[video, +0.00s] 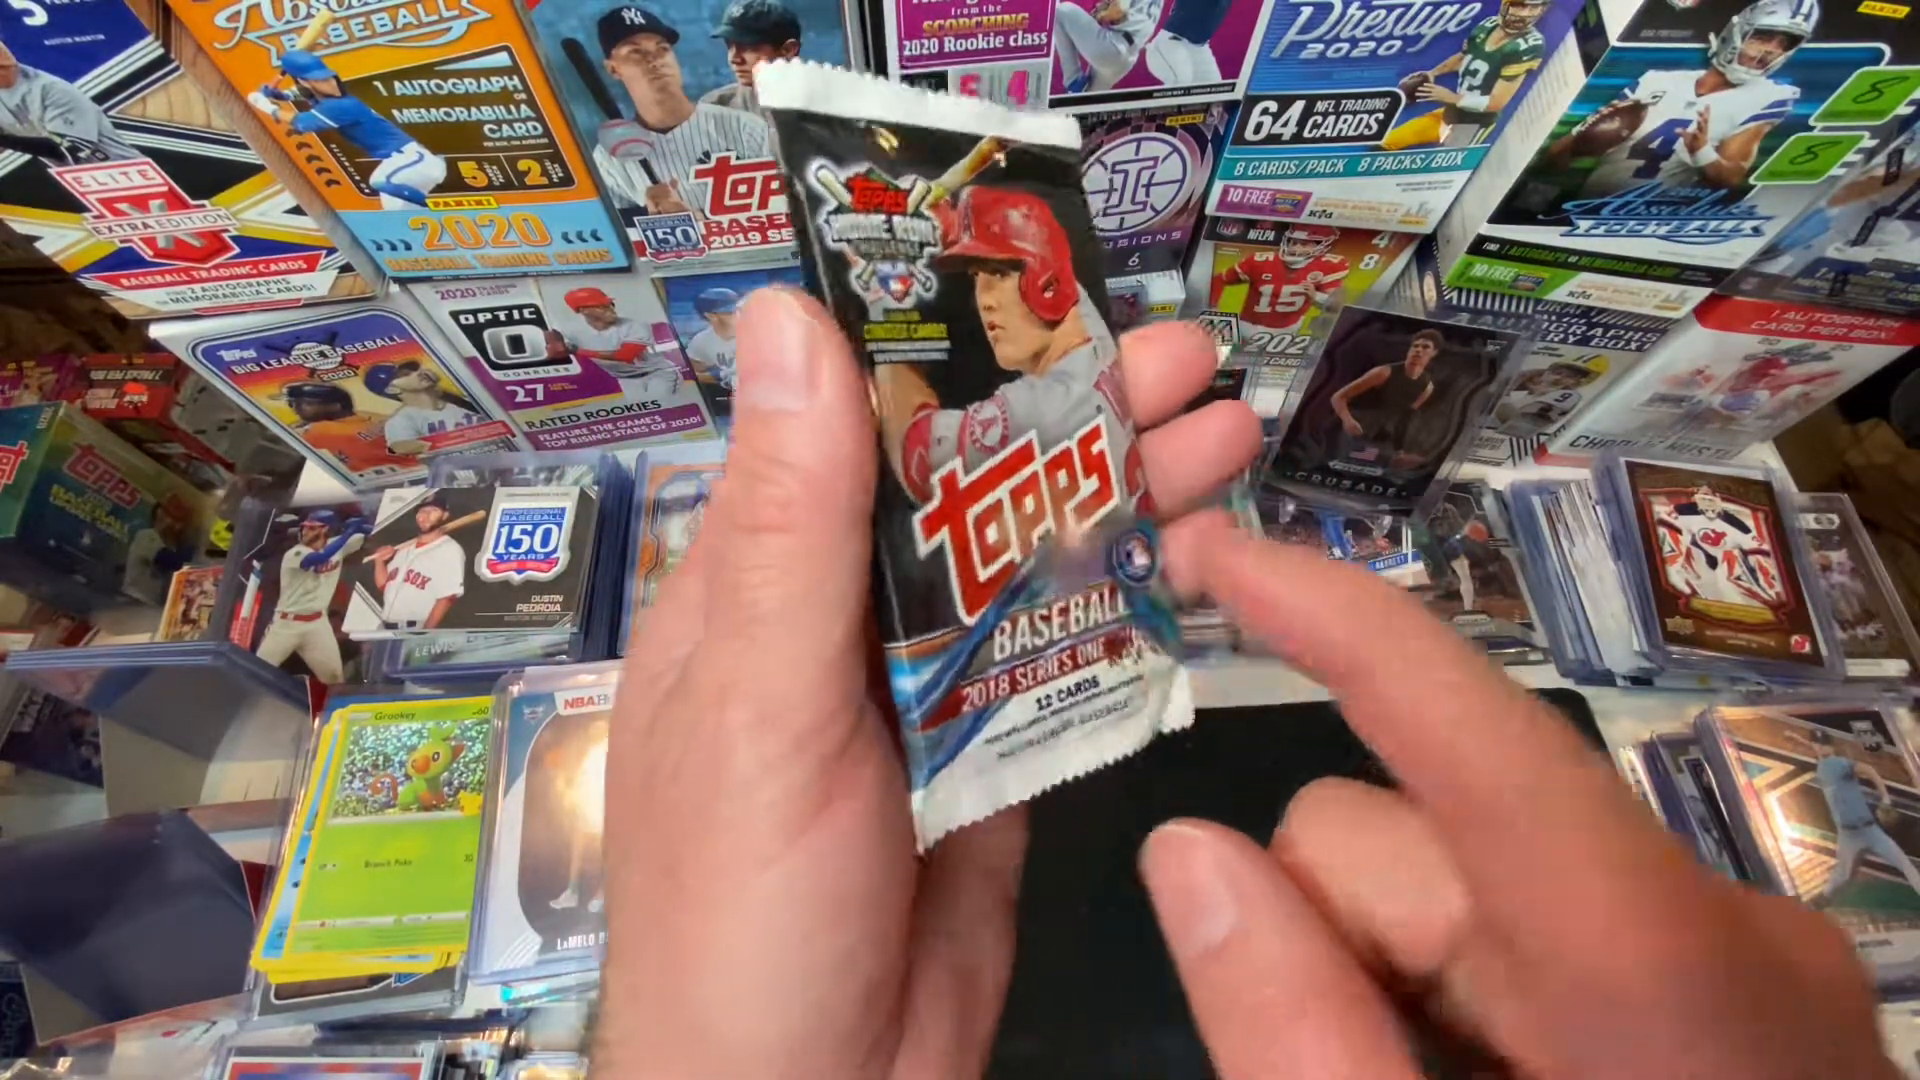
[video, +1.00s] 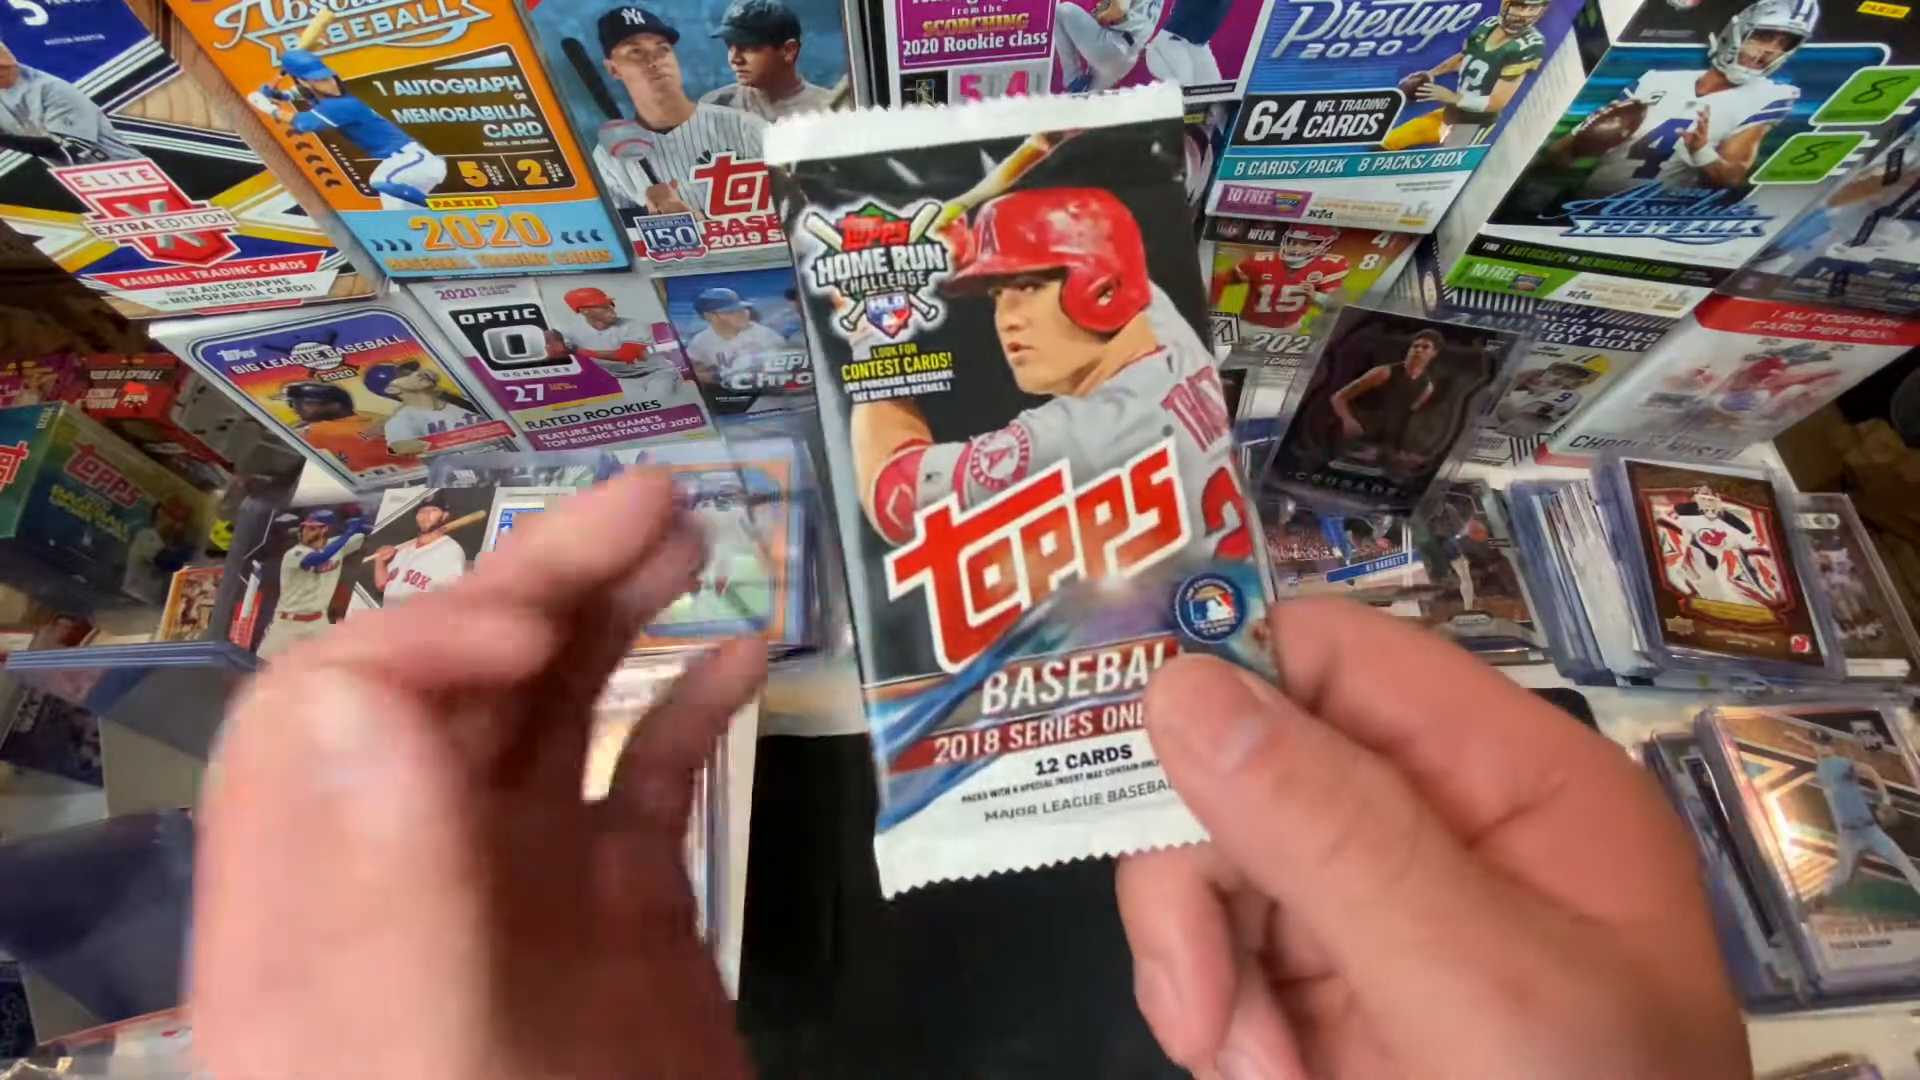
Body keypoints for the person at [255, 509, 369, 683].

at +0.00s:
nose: (303, 531)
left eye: (309, 528)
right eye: (304, 527)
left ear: (323, 531)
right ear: (303, 529)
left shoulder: (337, 548)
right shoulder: (294, 554)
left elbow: (368, 532)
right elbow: (320, 559)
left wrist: (357, 524)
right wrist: (348, 534)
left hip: (317, 625)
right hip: (285, 624)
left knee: (334, 677)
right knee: (258, 670)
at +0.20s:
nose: (303, 531)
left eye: (309, 528)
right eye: (303, 527)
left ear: (323, 530)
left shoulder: (337, 550)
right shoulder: (293, 555)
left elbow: (366, 533)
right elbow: (320, 559)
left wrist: (355, 523)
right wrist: (346, 537)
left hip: (317, 624)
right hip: (285, 624)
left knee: (333, 676)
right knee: (259, 670)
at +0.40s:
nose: (303, 532)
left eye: (309, 528)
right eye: (304, 528)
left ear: (323, 531)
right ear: (302, 530)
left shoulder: (337, 548)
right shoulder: (293, 554)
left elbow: (369, 533)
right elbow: (320, 559)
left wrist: (357, 522)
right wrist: (347, 536)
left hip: (317, 625)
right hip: (285, 624)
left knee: (333, 678)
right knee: (258, 670)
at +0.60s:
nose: (303, 532)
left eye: (309, 528)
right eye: (304, 528)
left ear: (323, 531)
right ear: (303, 530)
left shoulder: (337, 548)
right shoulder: (294, 554)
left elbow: (367, 532)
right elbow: (320, 559)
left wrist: (357, 522)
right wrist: (347, 536)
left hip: (317, 625)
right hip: (285, 624)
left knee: (333, 677)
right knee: (259, 670)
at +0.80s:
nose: (303, 532)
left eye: (309, 528)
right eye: (304, 528)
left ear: (323, 531)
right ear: (303, 530)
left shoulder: (337, 548)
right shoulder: (294, 554)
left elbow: (368, 532)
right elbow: (320, 559)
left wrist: (357, 522)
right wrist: (347, 535)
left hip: (317, 625)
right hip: (285, 624)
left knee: (333, 676)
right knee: (259, 670)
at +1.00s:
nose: (303, 532)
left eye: (309, 528)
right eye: (304, 528)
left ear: (323, 530)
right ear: (302, 529)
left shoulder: (338, 547)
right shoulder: (293, 554)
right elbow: (319, 558)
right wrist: (349, 534)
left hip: (318, 624)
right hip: (286, 624)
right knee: (261, 666)